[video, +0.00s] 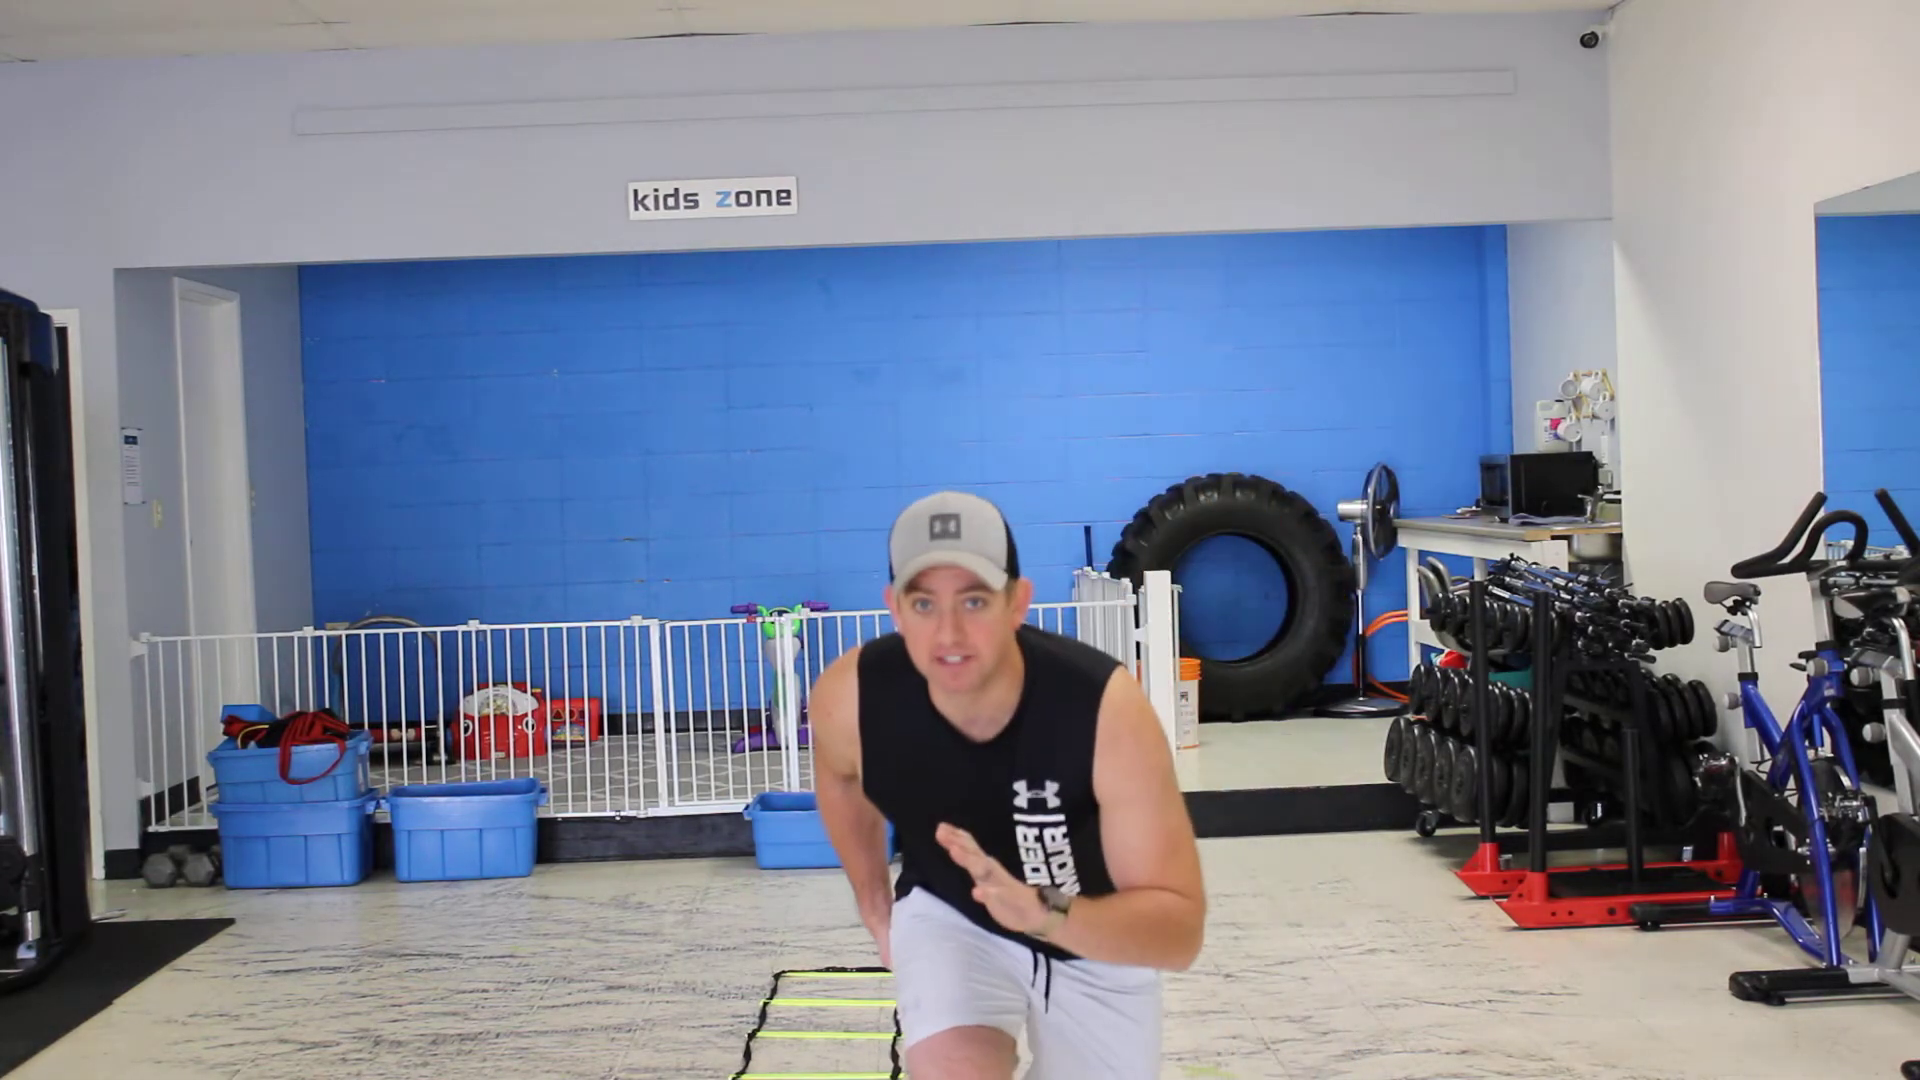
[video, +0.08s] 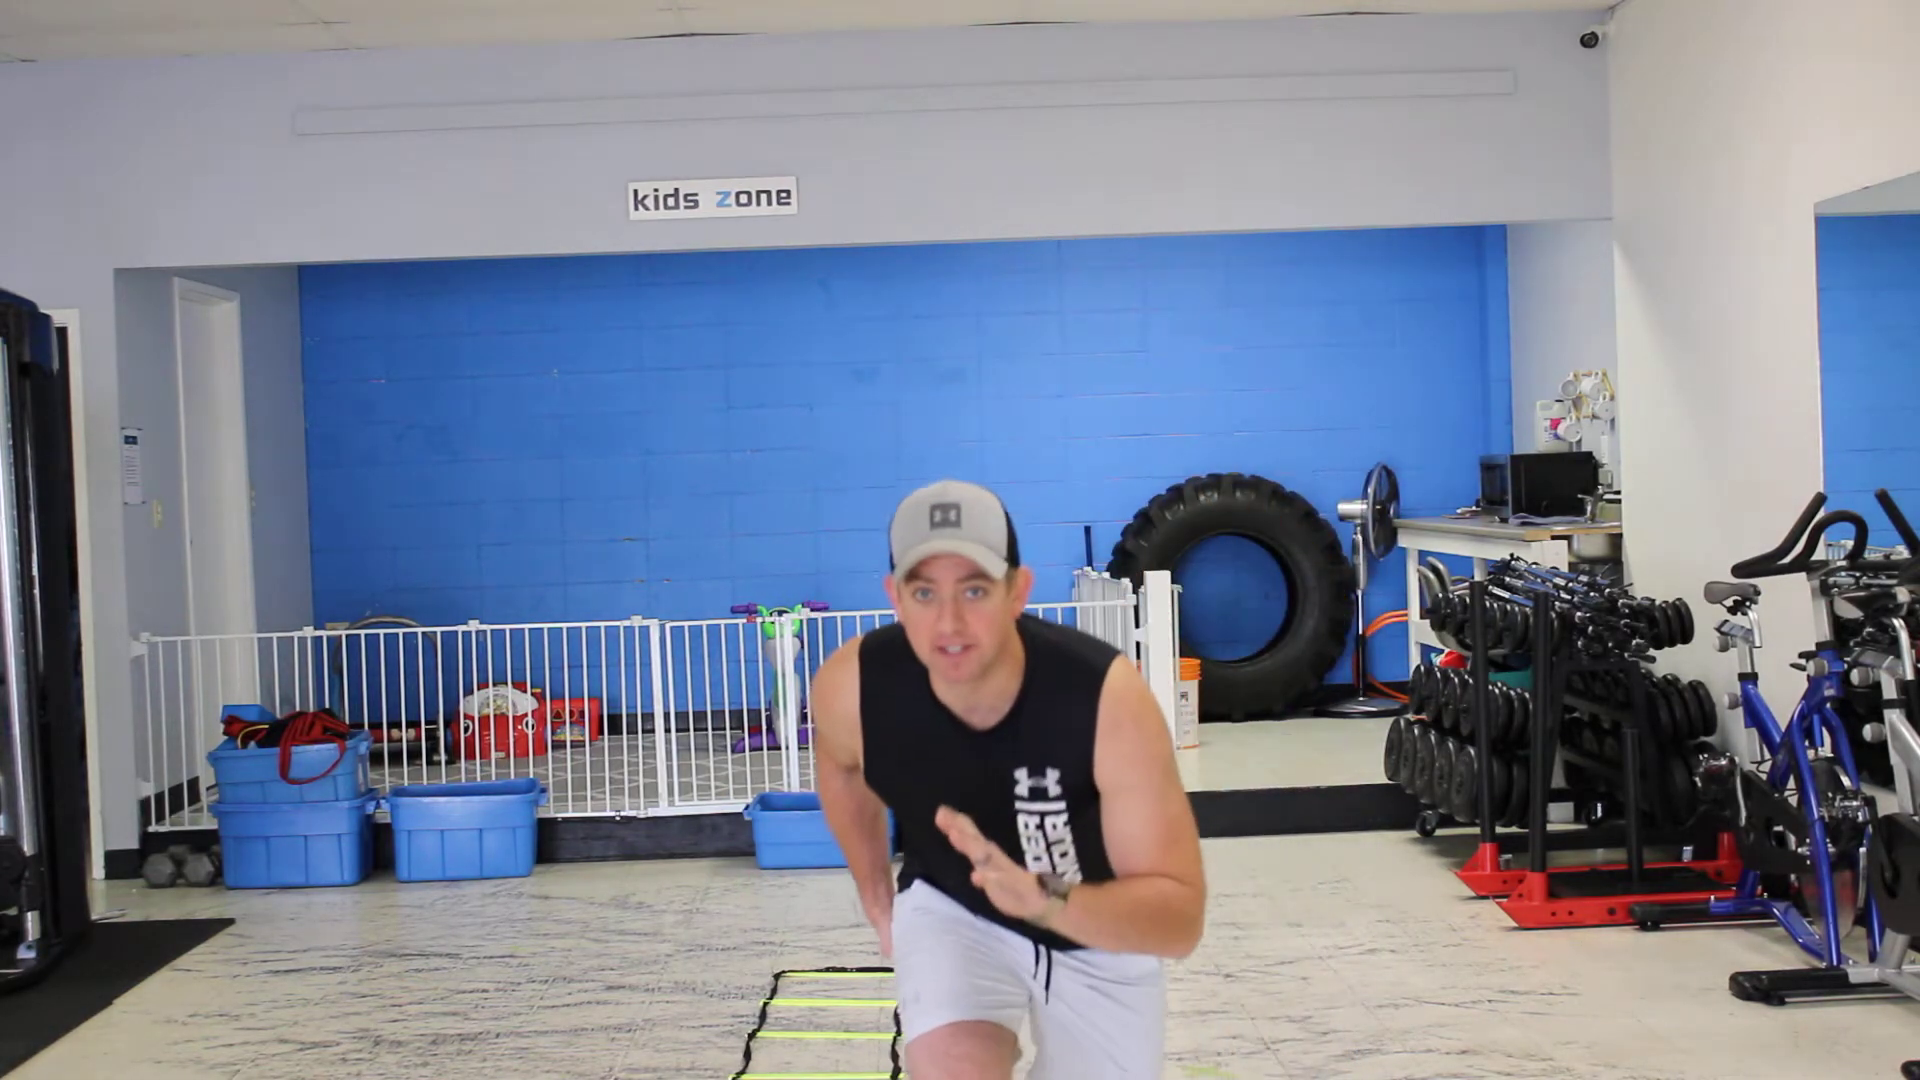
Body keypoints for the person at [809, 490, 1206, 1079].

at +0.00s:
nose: (948, 632)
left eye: (974, 603)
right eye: (924, 604)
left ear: (1018, 604)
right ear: (895, 608)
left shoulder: (1106, 705)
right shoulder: (849, 700)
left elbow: (1178, 928)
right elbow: (842, 781)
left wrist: (1050, 914)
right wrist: (877, 910)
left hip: (1106, 947)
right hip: (949, 919)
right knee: (956, 1067)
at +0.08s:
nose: (948, 622)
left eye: (975, 592)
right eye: (925, 593)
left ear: (1018, 593)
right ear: (896, 598)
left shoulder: (1108, 694)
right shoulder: (851, 689)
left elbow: (1178, 916)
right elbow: (843, 771)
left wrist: (1050, 902)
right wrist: (880, 904)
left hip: (1110, 944)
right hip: (952, 915)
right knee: (955, 1067)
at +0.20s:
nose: (950, 602)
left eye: (976, 571)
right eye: (926, 572)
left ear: (1018, 572)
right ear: (897, 579)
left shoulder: (1110, 673)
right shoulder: (852, 674)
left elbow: (1183, 896)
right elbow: (848, 755)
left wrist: (1052, 872)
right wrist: (883, 895)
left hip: (1112, 931)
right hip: (959, 902)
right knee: (957, 1066)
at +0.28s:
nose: (951, 600)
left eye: (976, 569)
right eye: (927, 571)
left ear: (1020, 570)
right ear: (898, 576)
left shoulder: (1114, 670)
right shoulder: (857, 672)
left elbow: (1189, 894)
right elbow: (853, 758)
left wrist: (1057, 867)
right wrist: (884, 900)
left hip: (1118, 930)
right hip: (965, 900)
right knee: (961, 1065)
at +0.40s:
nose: (958, 604)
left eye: (983, 574)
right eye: (934, 576)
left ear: (1029, 575)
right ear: (908, 581)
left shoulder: (1120, 676)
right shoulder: (869, 679)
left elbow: (1196, 901)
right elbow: (866, 774)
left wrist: (1055, 887)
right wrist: (897, 918)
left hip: (1127, 936)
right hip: (971, 909)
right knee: (984, 1067)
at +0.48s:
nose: (964, 602)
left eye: (990, 572)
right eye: (940, 573)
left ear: (1036, 573)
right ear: (914, 578)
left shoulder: (1127, 674)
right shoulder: (874, 677)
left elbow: (1203, 898)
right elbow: (868, 770)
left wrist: (1048, 890)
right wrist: (901, 914)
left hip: (1132, 925)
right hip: (977, 907)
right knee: (1000, 1066)